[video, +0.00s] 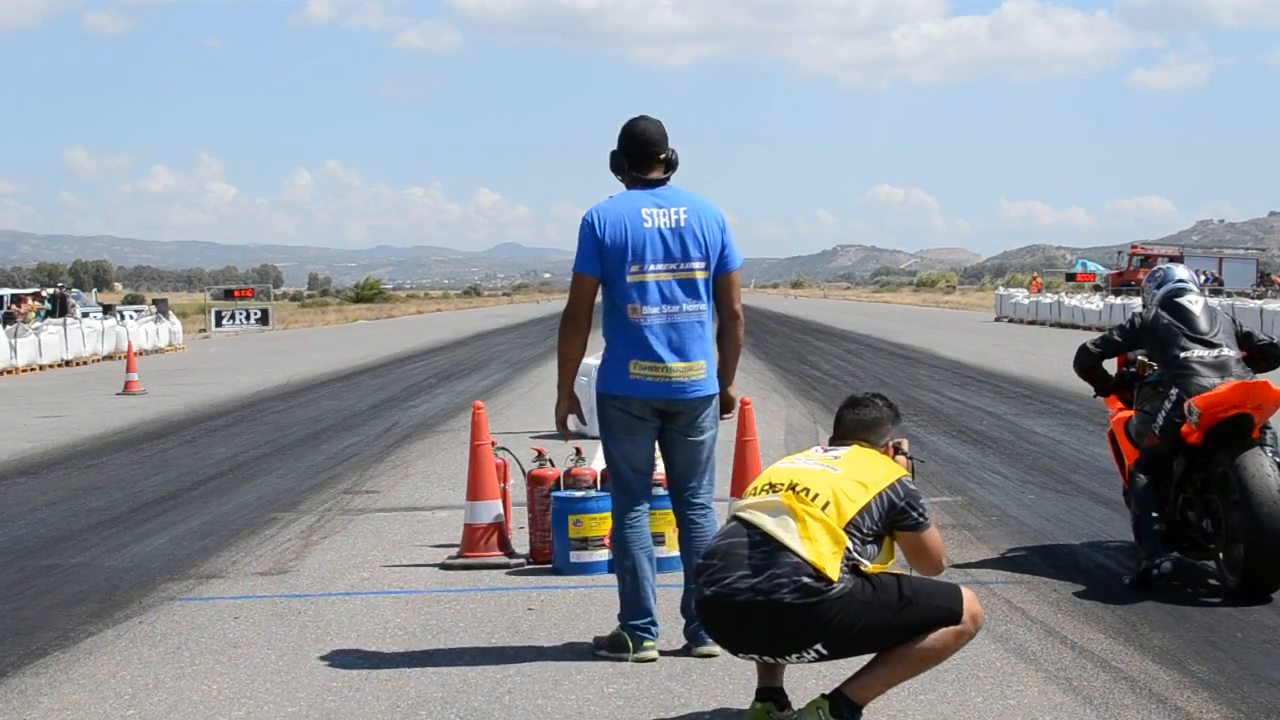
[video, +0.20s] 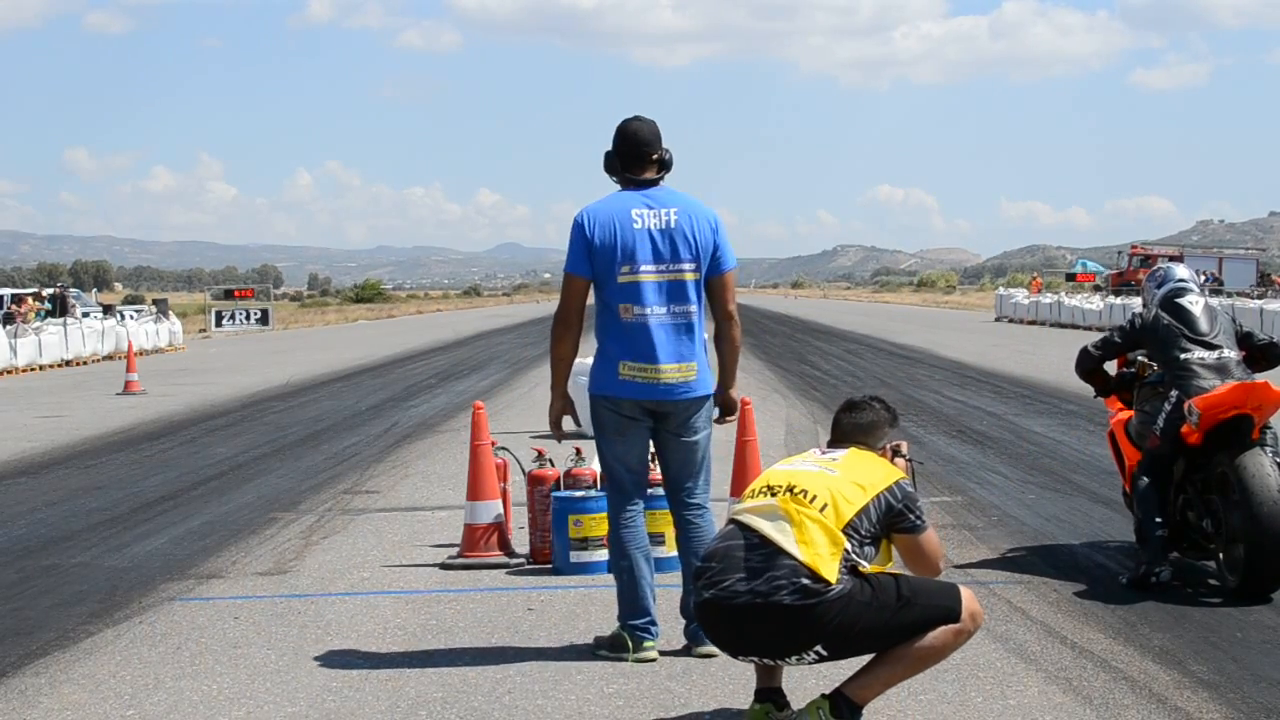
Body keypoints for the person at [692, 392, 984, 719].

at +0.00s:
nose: (899, 447)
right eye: (897, 441)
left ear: (832, 438)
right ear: (889, 447)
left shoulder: (792, 460)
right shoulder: (891, 478)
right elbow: (932, 565)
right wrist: (904, 481)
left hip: (718, 608)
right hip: (800, 611)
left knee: (777, 568)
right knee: (967, 612)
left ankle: (769, 696)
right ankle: (839, 707)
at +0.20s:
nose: (898, 452)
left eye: (897, 446)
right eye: (896, 445)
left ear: (829, 440)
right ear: (887, 449)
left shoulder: (789, 463)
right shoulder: (888, 480)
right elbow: (930, 567)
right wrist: (903, 485)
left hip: (717, 611)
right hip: (800, 613)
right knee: (966, 612)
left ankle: (768, 697)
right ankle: (838, 708)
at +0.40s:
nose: (894, 454)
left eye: (892, 446)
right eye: (892, 446)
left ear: (826, 441)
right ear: (882, 450)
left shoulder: (787, 463)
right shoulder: (884, 480)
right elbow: (926, 571)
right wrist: (899, 487)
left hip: (715, 613)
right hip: (800, 614)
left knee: (774, 567)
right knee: (965, 610)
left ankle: (765, 697)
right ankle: (841, 707)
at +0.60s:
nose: (891, 454)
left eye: (890, 447)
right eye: (889, 447)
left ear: (823, 443)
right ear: (878, 451)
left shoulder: (782, 464)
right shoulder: (882, 481)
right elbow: (924, 572)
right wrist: (897, 488)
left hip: (715, 615)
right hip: (801, 617)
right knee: (963, 608)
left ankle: (764, 696)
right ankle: (840, 707)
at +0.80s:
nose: (887, 452)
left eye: (885, 447)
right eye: (885, 446)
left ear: (820, 442)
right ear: (875, 450)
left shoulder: (781, 464)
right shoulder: (879, 481)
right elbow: (920, 570)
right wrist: (894, 488)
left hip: (714, 617)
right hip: (802, 618)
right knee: (962, 607)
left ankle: (763, 696)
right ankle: (840, 706)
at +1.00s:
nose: (886, 451)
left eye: (884, 446)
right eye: (884, 444)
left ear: (819, 443)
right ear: (873, 449)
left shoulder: (780, 464)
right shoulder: (879, 481)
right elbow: (920, 570)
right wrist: (893, 487)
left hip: (714, 616)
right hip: (802, 618)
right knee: (962, 607)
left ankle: (764, 695)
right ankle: (841, 705)